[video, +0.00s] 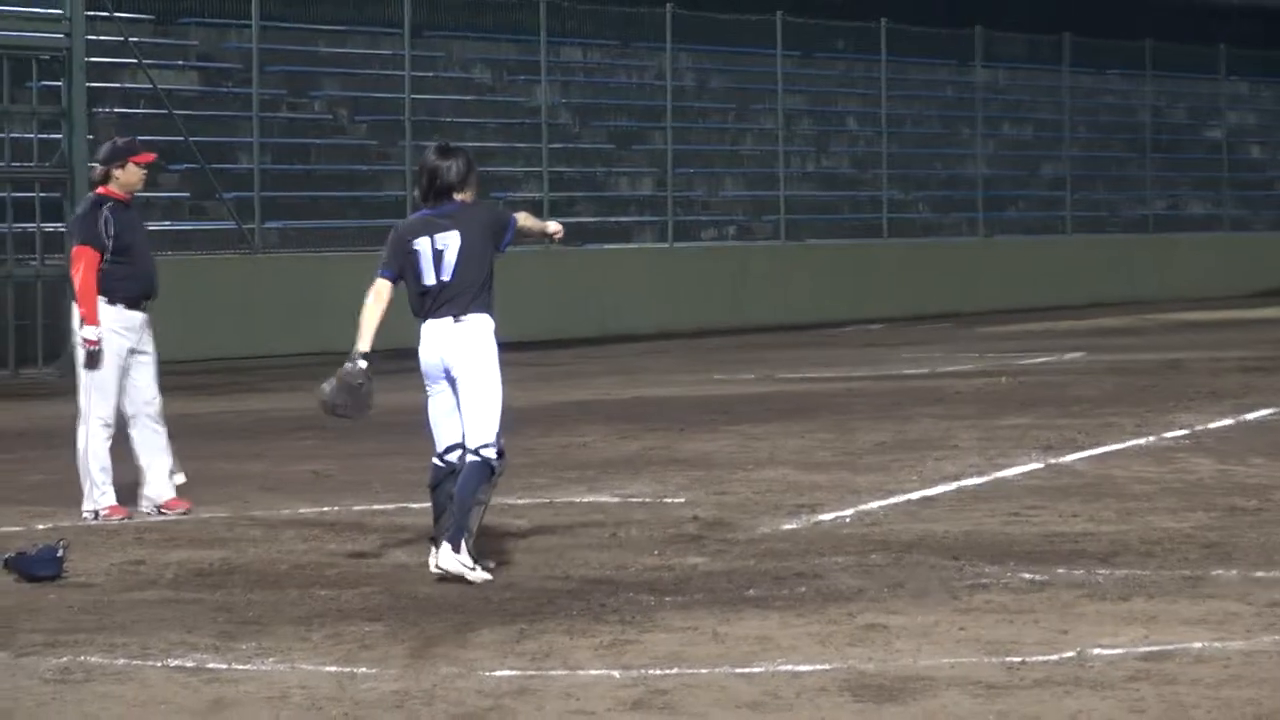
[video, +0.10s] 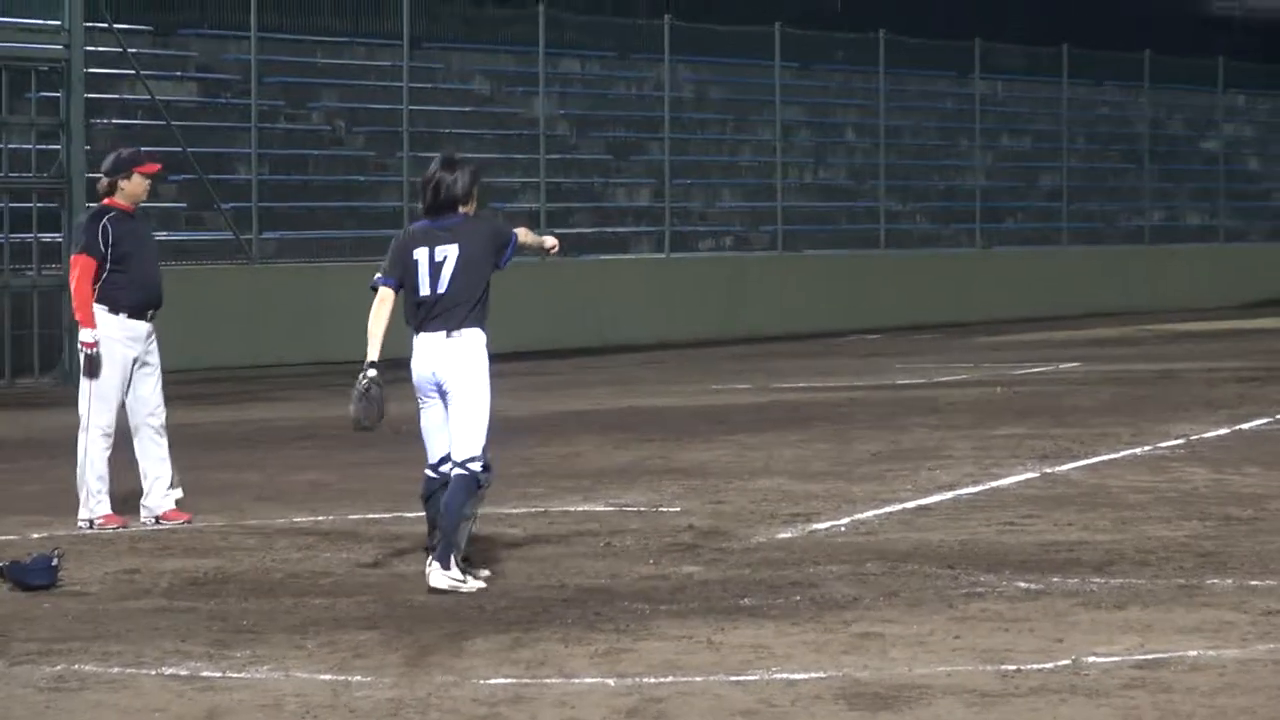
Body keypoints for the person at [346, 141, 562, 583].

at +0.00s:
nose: (477, 191)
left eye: (474, 185)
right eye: (473, 185)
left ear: (428, 187)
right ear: (463, 188)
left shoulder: (405, 231)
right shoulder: (481, 217)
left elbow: (379, 292)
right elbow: (523, 222)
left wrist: (359, 357)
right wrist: (548, 228)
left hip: (431, 342)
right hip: (473, 337)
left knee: (448, 451)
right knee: (483, 448)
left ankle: (443, 546)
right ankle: (454, 545)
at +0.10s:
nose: (478, 201)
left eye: (474, 195)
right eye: (475, 195)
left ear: (430, 197)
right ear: (467, 200)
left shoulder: (408, 238)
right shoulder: (483, 231)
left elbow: (383, 298)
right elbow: (522, 237)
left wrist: (370, 365)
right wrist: (545, 243)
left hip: (421, 354)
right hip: (465, 352)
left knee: (438, 461)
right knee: (469, 461)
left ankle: (442, 556)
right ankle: (444, 564)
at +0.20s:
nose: (478, 192)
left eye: (474, 185)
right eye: (476, 186)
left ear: (431, 183)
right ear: (470, 189)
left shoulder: (405, 226)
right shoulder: (483, 225)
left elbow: (386, 288)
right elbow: (522, 231)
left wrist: (381, 354)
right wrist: (546, 239)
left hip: (414, 344)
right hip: (457, 344)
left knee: (430, 454)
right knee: (463, 453)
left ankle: (443, 550)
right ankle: (440, 559)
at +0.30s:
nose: (477, 196)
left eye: (475, 189)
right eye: (475, 189)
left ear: (428, 189)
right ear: (468, 192)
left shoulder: (401, 229)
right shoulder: (479, 228)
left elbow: (383, 292)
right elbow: (524, 236)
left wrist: (380, 359)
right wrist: (553, 243)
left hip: (410, 348)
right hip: (454, 348)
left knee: (425, 456)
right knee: (462, 458)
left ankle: (421, 557)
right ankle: (443, 565)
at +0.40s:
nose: (471, 195)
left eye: (469, 190)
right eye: (468, 189)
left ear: (423, 188)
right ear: (459, 191)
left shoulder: (396, 229)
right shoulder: (470, 227)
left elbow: (374, 296)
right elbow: (525, 227)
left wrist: (368, 362)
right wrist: (566, 229)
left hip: (405, 349)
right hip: (448, 349)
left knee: (418, 454)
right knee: (460, 458)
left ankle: (390, 552)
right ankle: (446, 566)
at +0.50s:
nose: (462, 192)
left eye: (459, 185)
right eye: (459, 186)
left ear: (414, 188)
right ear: (451, 191)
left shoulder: (390, 233)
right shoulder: (460, 225)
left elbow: (367, 301)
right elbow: (518, 216)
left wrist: (359, 364)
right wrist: (568, 209)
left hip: (403, 350)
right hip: (445, 349)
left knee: (417, 454)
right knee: (462, 461)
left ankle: (363, 544)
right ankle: (452, 568)